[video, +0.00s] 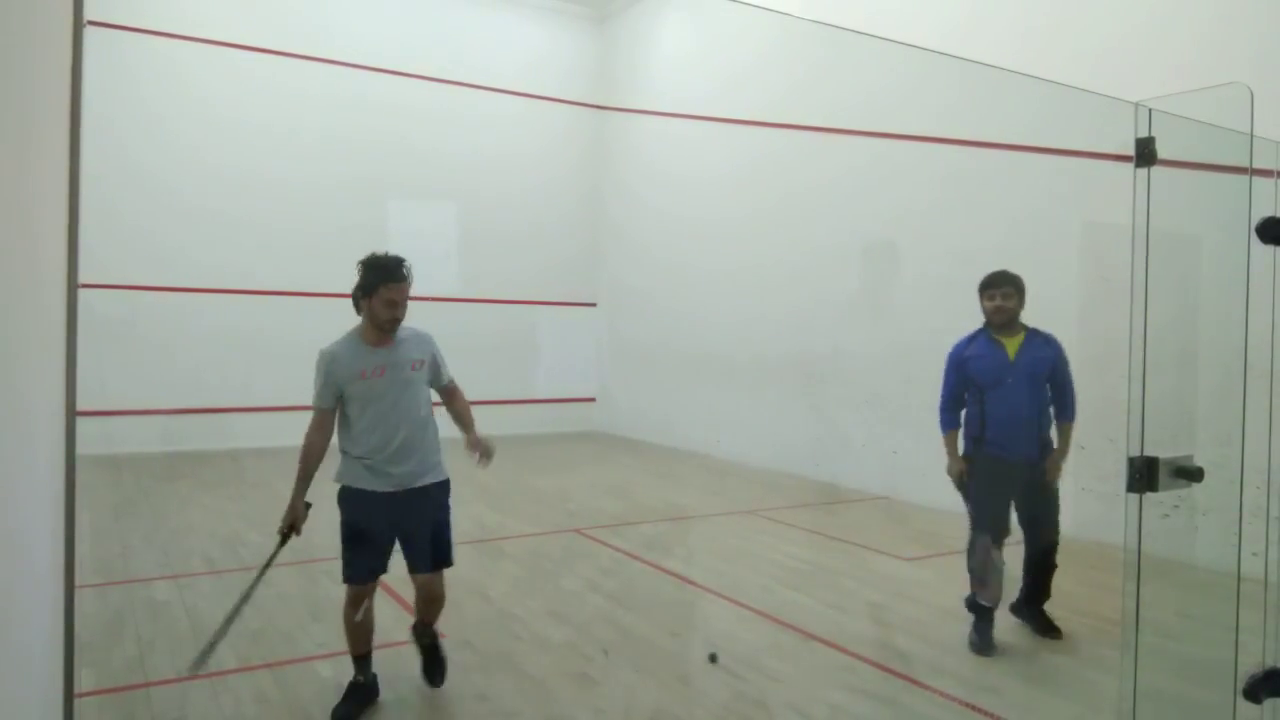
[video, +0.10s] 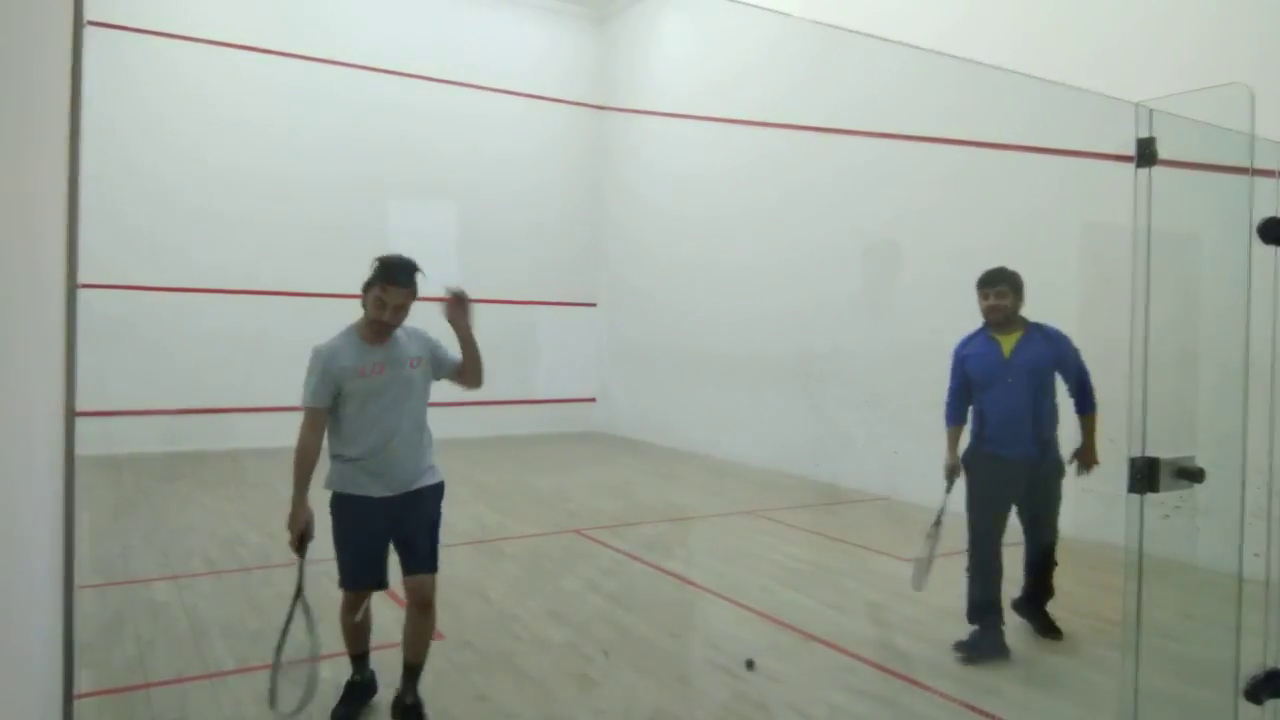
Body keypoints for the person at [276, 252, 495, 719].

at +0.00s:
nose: (398, 311)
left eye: (403, 301)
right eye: (389, 302)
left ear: (408, 299)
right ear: (362, 300)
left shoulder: (421, 345)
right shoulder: (335, 359)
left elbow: (449, 391)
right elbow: (319, 433)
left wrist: (470, 431)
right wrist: (297, 498)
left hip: (424, 487)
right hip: (364, 491)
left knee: (432, 590)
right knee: (359, 593)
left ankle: (425, 634)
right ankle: (363, 678)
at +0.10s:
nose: (389, 316)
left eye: (400, 307)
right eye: (382, 304)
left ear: (412, 305)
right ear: (365, 295)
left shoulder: (420, 344)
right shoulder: (331, 356)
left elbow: (471, 378)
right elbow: (311, 433)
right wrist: (299, 504)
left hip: (418, 490)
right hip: (356, 495)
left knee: (422, 597)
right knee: (356, 597)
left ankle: (409, 694)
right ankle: (360, 678)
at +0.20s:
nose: (399, 321)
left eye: (413, 314)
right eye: (394, 307)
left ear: (428, 316)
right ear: (383, 297)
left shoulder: (439, 353)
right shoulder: (342, 363)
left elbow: (498, 346)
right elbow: (318, 439)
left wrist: (447, 304)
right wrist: (308, 510)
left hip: (427, 508)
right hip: (361, 512)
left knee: (425, 622)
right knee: (359, 605)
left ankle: (421, 714)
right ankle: (361, 676)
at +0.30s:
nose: (411, 306)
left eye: (425, 300)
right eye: (406, 292)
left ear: (443, 306)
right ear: (395, 287)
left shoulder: (457, 345)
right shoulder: (358, 355)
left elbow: (517, 335)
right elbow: (329, 435)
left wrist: (460, 293)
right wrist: (307, 510)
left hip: (445, 511)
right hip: (376, 515)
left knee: (435, 635)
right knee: (359, 639)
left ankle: (423, 716)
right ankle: (367, 678)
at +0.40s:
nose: (420, 311)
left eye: (434, 303)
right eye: (414, 296)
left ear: (453, 304)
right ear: (403, 289)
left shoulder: (469, 347)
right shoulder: (364, 359)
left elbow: (531, 338)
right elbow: (336, 444)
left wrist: (469, 297)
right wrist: (307, 524)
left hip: (455, 522)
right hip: (383, 525)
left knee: (438, 645)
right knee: (376, 660)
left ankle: (424, 717)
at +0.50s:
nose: (414, 312)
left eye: (430, 302)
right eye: (407, 297)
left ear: (451, 304)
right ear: (396, 292)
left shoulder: (471, 350)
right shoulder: (359, 361)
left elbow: (536, 340)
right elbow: (332, 452)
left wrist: (466, 300)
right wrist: (299, 536)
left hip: (459, 536)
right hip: (383, 540)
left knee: (453, 669)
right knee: (388, 688)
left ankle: (432, 717)